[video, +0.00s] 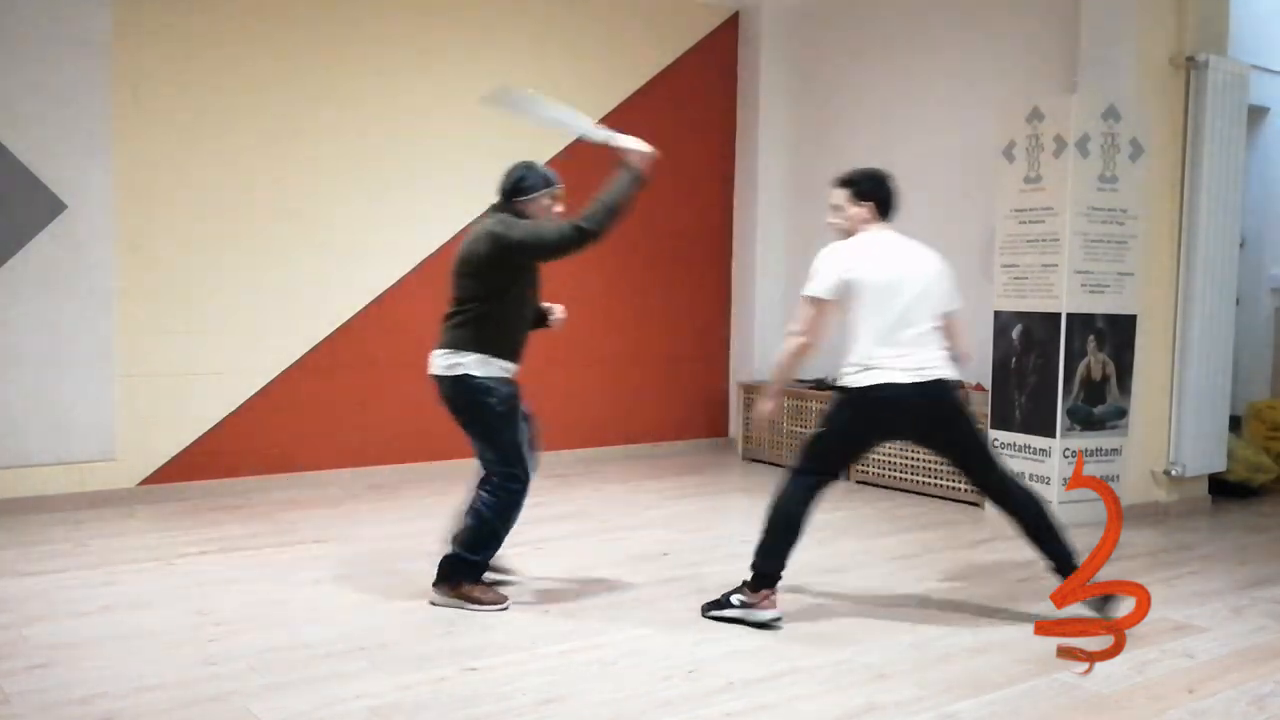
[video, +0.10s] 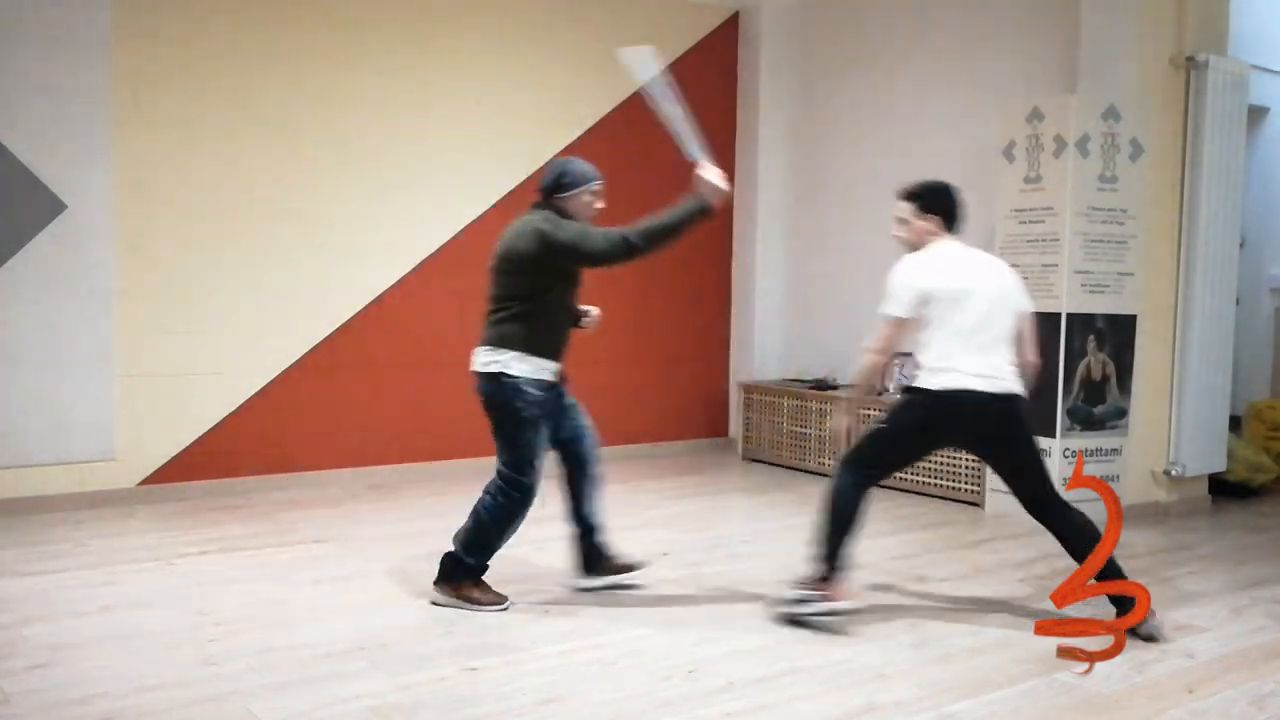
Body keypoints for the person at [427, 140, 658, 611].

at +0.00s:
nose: (559, 209)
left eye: (557, 200)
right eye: (551, 201)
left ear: (519, 198)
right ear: (527, 202)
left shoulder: (498, 230)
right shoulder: (502, 233)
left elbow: (491, 304)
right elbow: (580, 231)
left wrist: (537, 314)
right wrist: (632, 172)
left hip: (478, 370)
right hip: (473, 374)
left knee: (518, 451)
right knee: (509, 475)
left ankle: (469, 548)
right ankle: (458, 577)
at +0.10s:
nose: (599, 206)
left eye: (599, 196)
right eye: (591, 196)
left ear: (560, 196)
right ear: (564, 196)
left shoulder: (536, 230)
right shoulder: (544, 231)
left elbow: (527, 298)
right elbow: (622, 245)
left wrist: (573, 315)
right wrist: (700, 203)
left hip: (536, 377)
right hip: (510, 377)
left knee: (579, 448)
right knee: (517, 481)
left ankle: (592, 556)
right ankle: (458, 573)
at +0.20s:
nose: (638, 203)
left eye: (637, 194)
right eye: (630, 194)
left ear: (599, 198)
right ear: (602, 196)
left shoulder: (575, 232)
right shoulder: (590, 236)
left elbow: (568, 300)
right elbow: (671, 257)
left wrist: (612, 316)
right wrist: (752, 237)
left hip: (586, 385)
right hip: (562, 385)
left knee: (632, 467)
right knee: (542, 479)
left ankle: (670, 557)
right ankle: (466, 562)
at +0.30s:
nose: (679, 206)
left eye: (679, 197)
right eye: (670, 197)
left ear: (646, 202)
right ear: (643, 201)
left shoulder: (617, 238)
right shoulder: (635, 242)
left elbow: (617, 305)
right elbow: (716, 274)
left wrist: (663, 325)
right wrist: (804, 271)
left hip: (639, 387)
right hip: (614, 387)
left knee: (682, 459)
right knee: (612, 485)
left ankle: (687, 565)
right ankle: (516, 544)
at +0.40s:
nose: (722, 206)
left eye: (722, 196)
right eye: (714, 196)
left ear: (686, 202)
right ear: (686, 199)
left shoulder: (658, 238)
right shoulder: (678, 241)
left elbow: (665, 318)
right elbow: (758, 286)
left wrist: (714, 331)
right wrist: (843, 303)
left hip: (668, 378)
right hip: (652, 378)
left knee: (713, 456)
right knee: (687, 475)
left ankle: (688, 567)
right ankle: (592, 540)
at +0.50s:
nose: (762, 203)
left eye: (761, 193)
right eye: (755, 193)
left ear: (721, 198)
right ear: (730, 196)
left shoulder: (694, 233)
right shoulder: (718, 238)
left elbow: (703, 309)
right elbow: (791, 297)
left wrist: (753, 320)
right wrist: (868, 338)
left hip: (676, 369)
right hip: (690, 372)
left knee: (725, 466)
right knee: (740, 465)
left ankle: (691, 562)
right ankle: (687, 566)